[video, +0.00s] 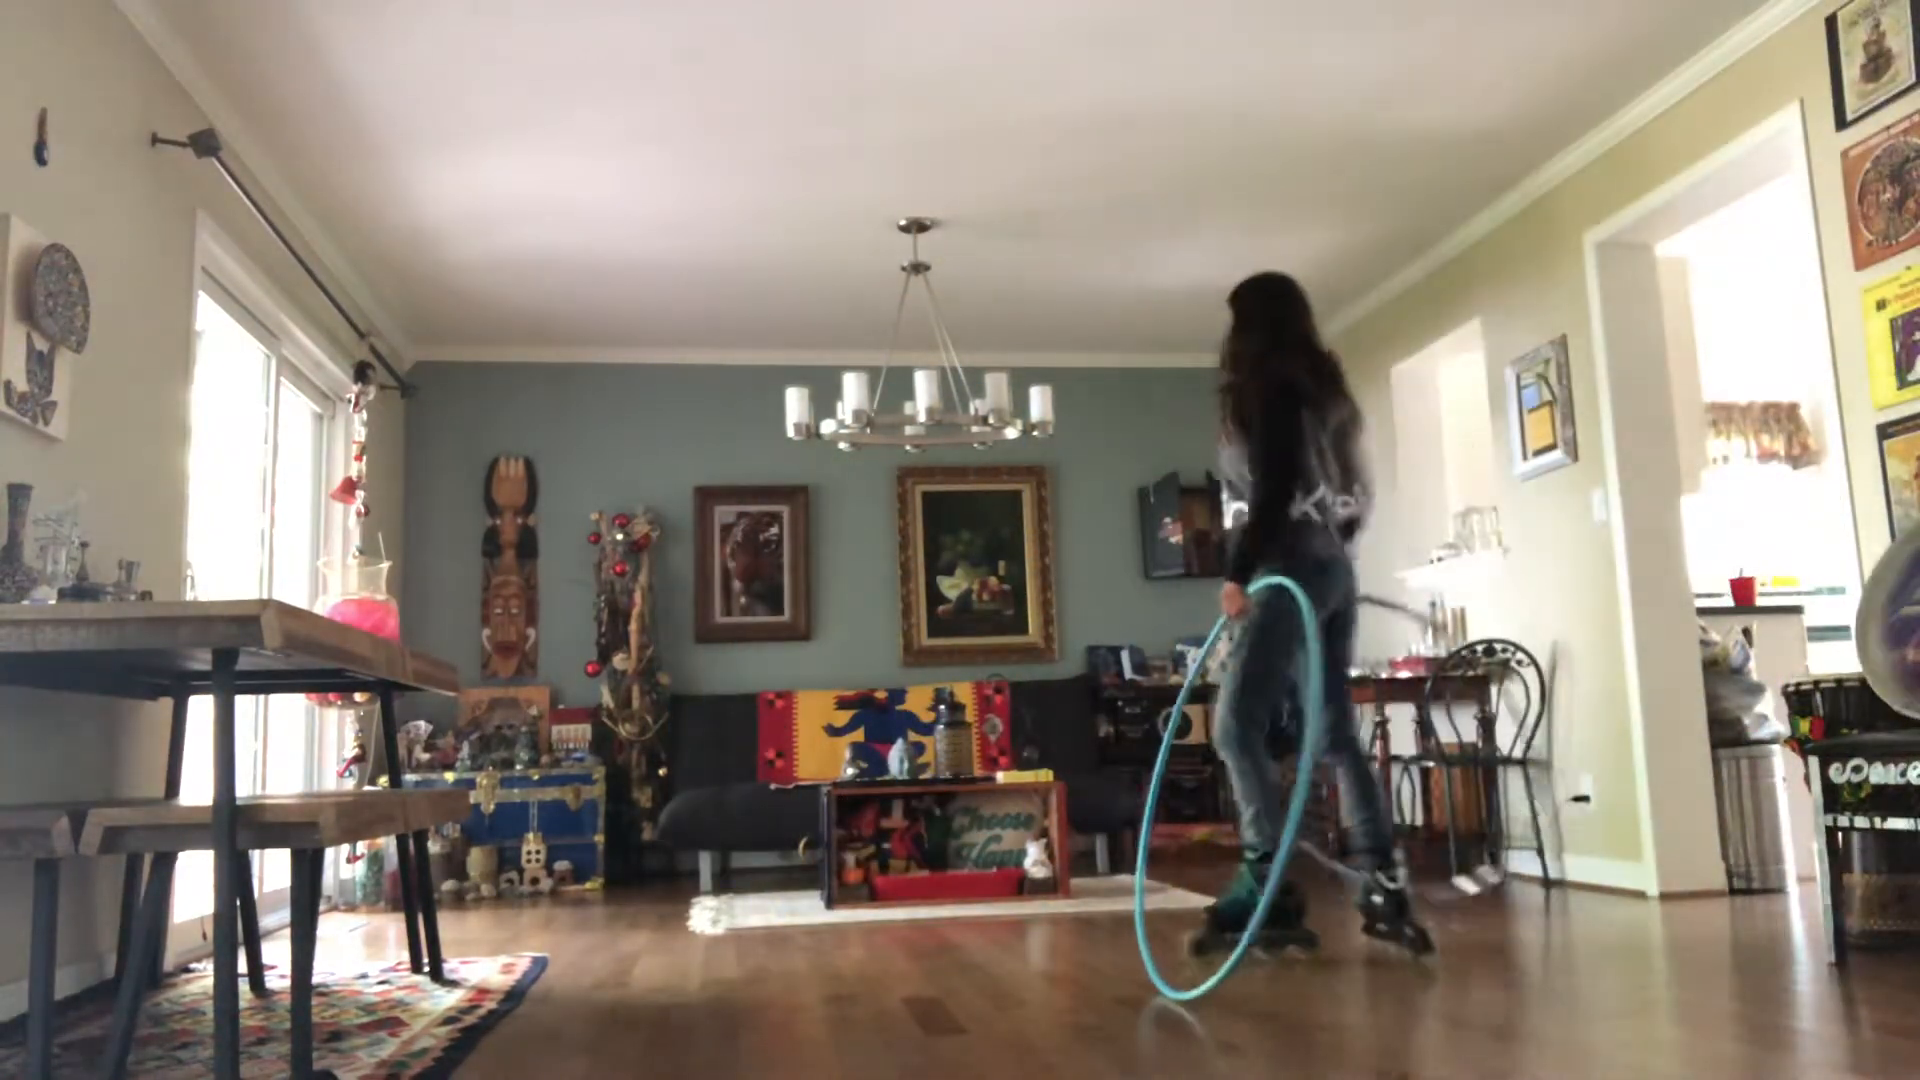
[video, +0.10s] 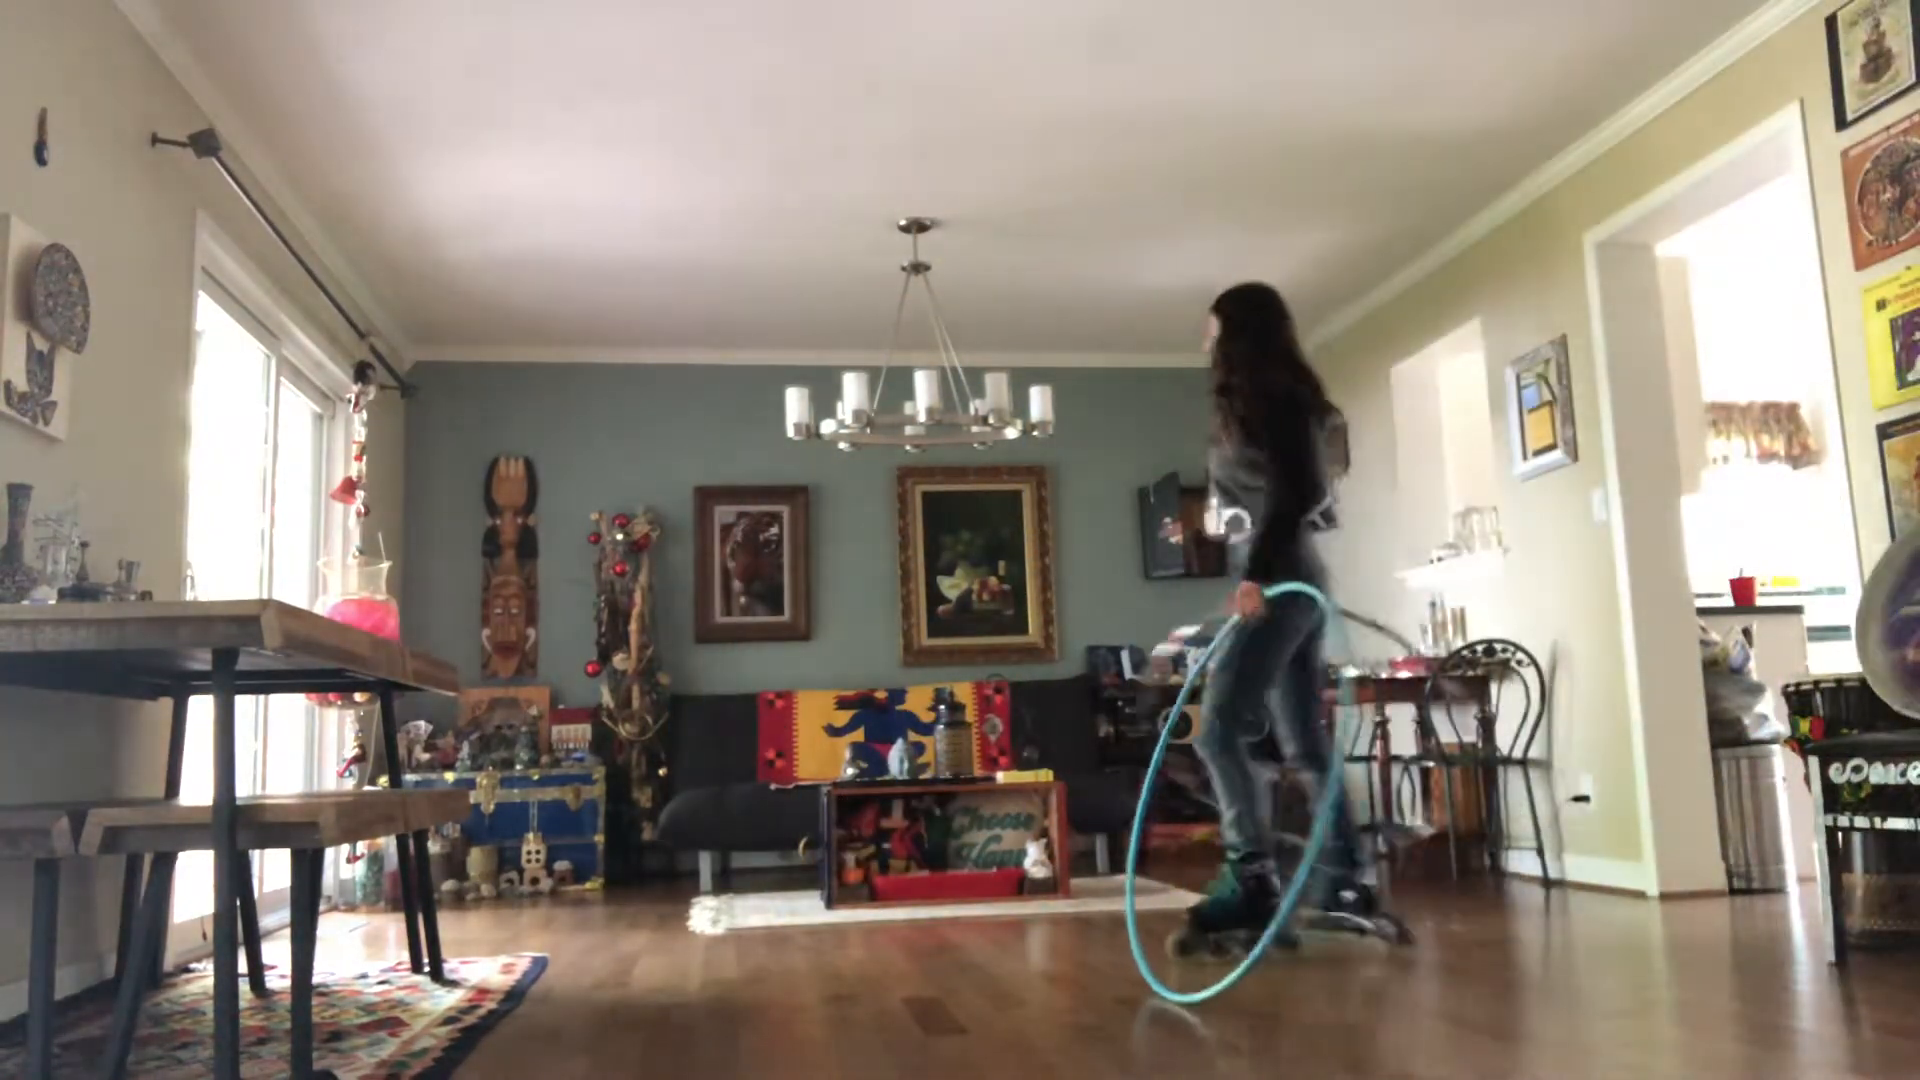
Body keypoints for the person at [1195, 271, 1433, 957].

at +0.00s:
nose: (1231, 334)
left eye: (1236, 321)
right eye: (1234, 321)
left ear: (1250, 322)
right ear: (1299, 319)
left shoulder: (1266, 378)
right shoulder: (1326, 379)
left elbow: (1274, 478)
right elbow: (1357, 491)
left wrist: (1238, 572)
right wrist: (1328, 551)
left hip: (1290, 561)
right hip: (1332, 561)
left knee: (1237, 729)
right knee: (1336, 735)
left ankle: (1268, 887)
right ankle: (1384, 887)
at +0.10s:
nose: (1206, 334)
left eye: (1214, 323)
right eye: (1209, 323)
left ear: (1238, 330)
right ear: (1264, 327)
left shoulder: (1269, 391)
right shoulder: (1253, 392)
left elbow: (1297, 487)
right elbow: (1268, 492)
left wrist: (1255, 575)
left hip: (1284, 577)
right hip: (1289, 577)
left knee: (1218, 733)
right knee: (1304, 742)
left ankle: (1250, 878)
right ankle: (1347, 878)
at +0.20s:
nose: (1188, 355)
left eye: (1195, 343)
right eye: (1189, 343)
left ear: (1224, 344)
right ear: (1229, 341)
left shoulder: (1267, 401)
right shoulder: (1223, 410)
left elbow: (1302, 494)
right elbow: (1216, 506)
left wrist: (1283, 576)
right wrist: (1194, 579)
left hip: (1262, 580)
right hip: (1234, 580)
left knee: (1197, 724)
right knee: (1264, 739)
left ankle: (1237, 874)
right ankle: (1288, 880)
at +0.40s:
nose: (1152, 354)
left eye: (1162, 342)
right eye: (1151, 342)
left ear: (1195, 344)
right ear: (1163, 348)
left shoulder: (1237, 402)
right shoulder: (1169, 417)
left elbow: (1283, 491)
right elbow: (1165, 516)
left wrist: (1296, 583)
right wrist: (1123, 572)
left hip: (1223, 564)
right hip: (1175, 569)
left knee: (1180, 723)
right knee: (1174, 724)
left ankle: (1221, 875)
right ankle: (1187, 870)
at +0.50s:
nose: (1134, 354)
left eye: (1145, 341)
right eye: (1133, 342)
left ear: (1178, 343)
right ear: (1139, 347)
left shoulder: (1222, 403)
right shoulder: (1144, 415)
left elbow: (1270, 493)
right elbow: (1136, 509)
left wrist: (1280, 584)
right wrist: (1092, 567)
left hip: (1206, 562)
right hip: (1148, 568)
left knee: (1170, 725)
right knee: (1147, 730)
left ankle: (1214, 878)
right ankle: (1156, 875)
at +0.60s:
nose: (1118, 352)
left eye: (1129, 340)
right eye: (1115, 341)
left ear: (1162, 342)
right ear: (1116, 348)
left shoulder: (1205, 402)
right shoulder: (1120, 416)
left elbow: (1252, 492)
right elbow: (1105, 507)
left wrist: (1260, 584)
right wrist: (1061, 569)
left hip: (1190, 562)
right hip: (1126, 566)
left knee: (1160, 723)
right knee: (1122, 730)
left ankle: (1207, 877)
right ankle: (1135, 881)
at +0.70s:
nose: (1103, 353)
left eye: (1113, 341)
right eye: (1097, 343)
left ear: (1145, 340)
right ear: (1096, 349)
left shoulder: (1187, 403)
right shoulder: (1096, 417)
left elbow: (1232, 490)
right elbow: (1072, 507)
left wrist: (1240, 578)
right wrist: (1033, 570)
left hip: (1175, 568)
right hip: (1110, 572)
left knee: (1152, 726)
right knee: (1106, 734)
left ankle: (1198, 880)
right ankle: (1117, 883)